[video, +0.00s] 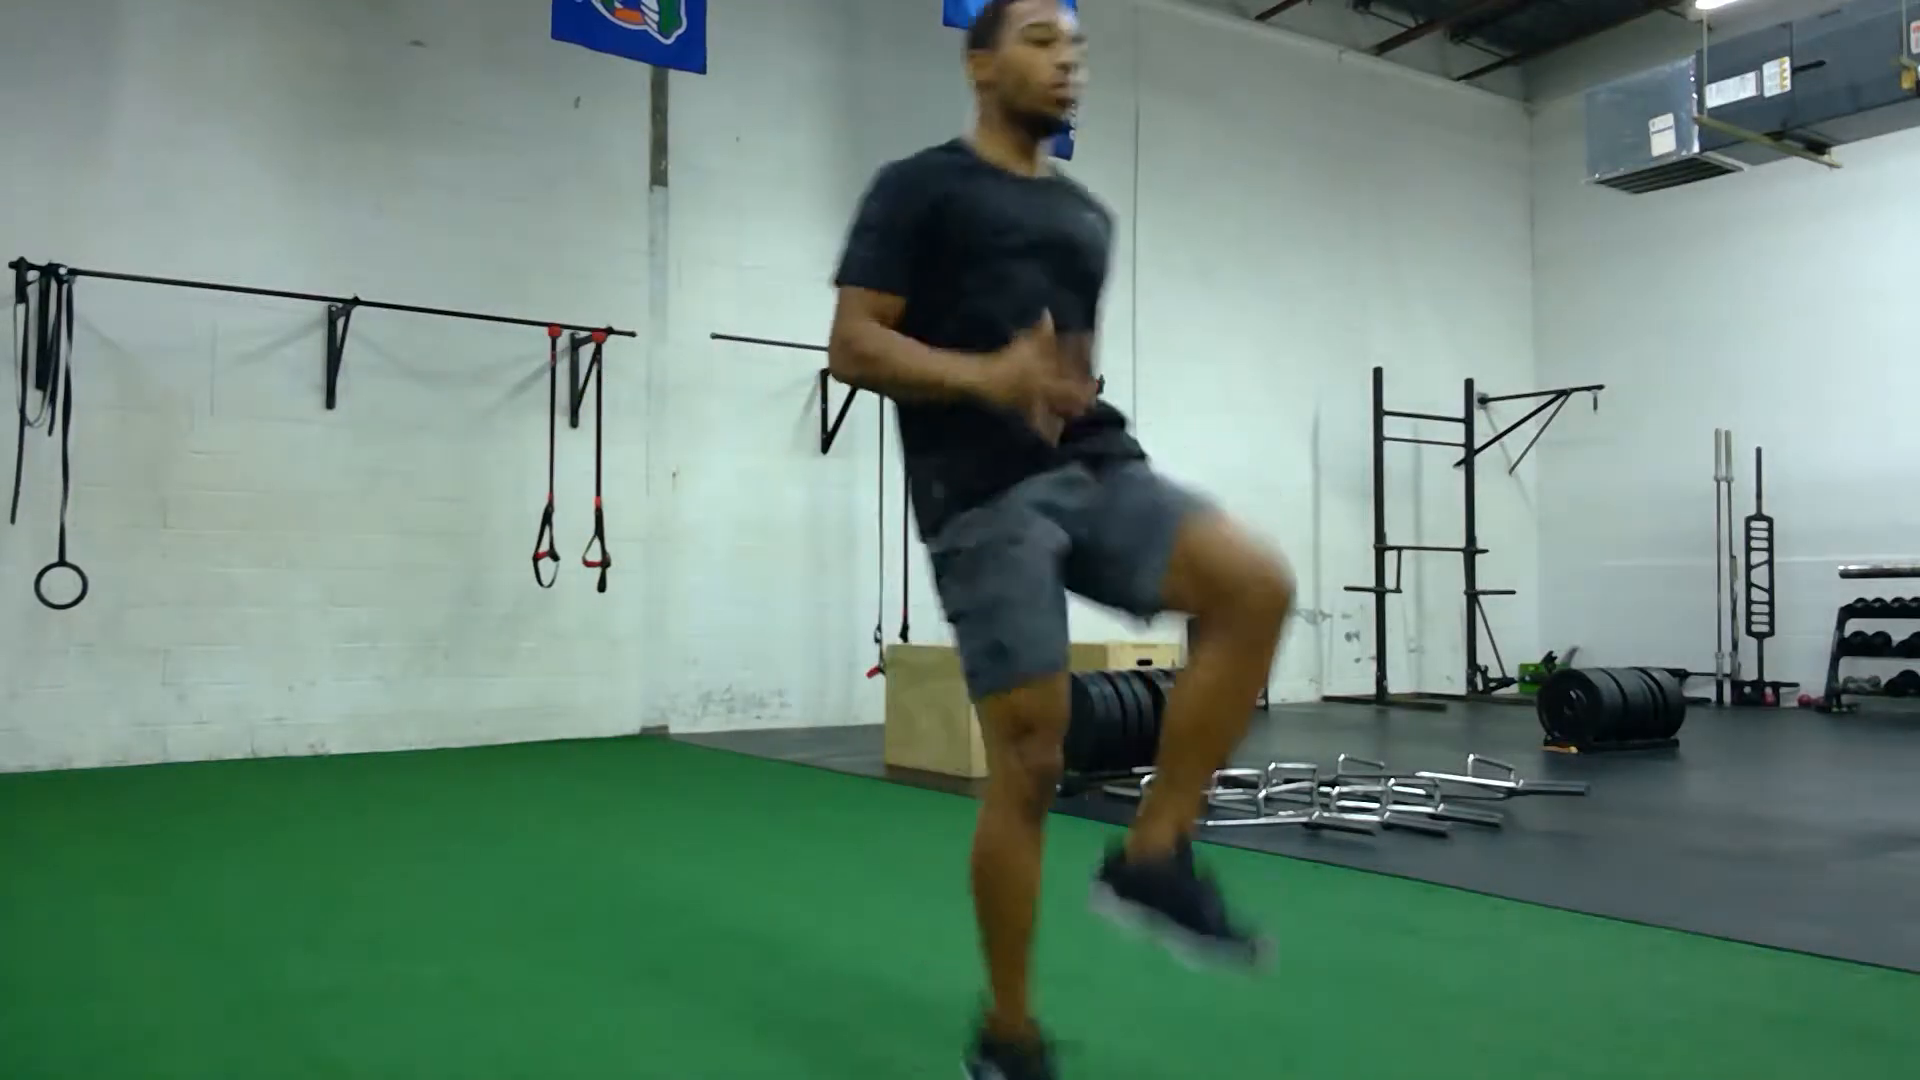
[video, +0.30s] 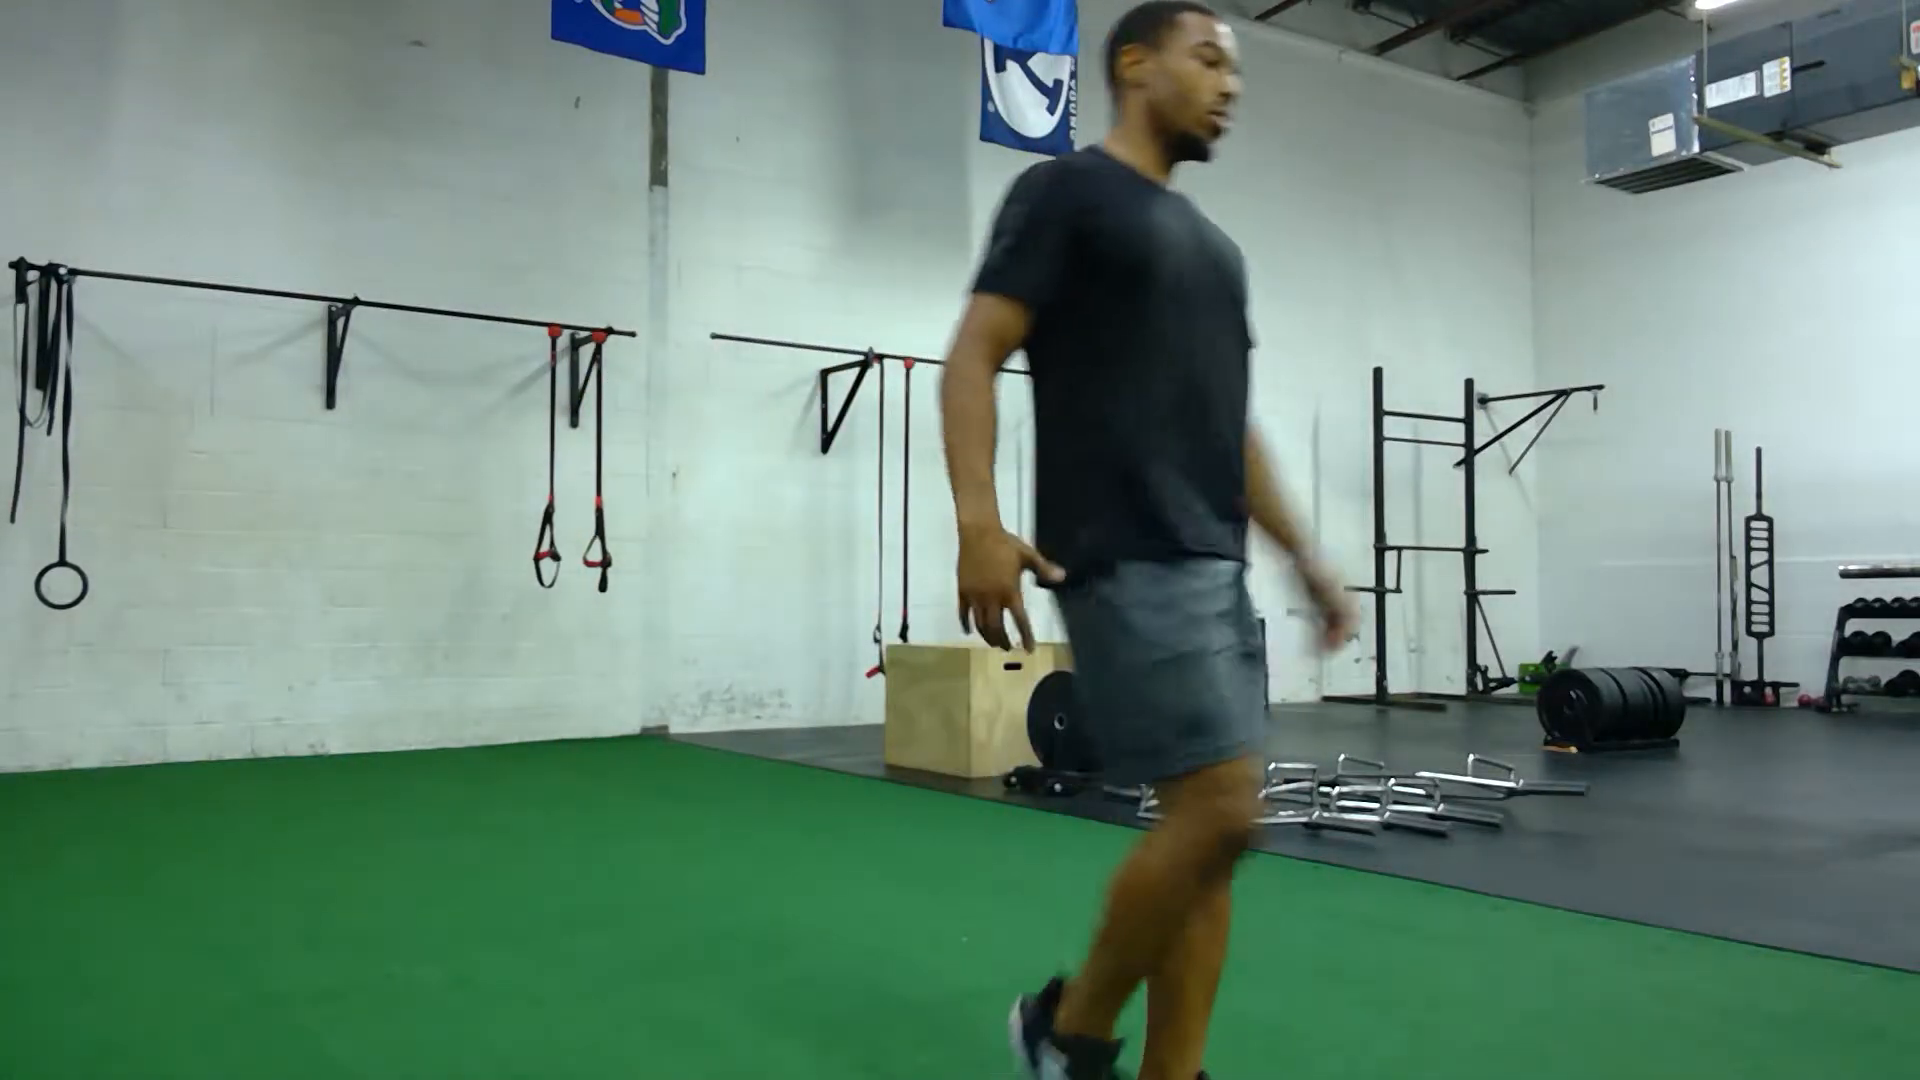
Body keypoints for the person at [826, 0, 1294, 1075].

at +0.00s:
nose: (1069, 61)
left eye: (1074, 44)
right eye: (1044, 41)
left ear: (1073, 67)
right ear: (981, 61)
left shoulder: (1083, 215)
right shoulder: (916, 188)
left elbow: (1075, 356)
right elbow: (850, 346)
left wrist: (1075, 411)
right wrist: (988, 373)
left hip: (1095, 479)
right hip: (984, 506)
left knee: (1254, 585)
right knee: (1028, 760)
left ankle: (1154, 856)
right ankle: (1009, 1031)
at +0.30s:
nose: (1232, 85)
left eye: (1234, 69)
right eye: (1210, 58)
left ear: (1214, 94)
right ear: (1134, 65)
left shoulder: (1212, 249)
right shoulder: (1065, 190)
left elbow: (1226, 425)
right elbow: (971, 359)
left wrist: (1305, 557)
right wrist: (979, 526)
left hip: (1215, 562)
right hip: (1126, 564)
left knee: (1207, 826)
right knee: (1221, 808)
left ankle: (1172, 1068)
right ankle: (1070, 1029)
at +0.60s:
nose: (1344, 85)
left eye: (1344, 62)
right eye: (1335, 51)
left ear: (1269, 44)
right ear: (1273, 34)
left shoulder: (1250, 175)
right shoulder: (1226, 143)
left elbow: (1288, 409)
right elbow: (1127, 301)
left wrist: (1445, 468)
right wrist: (1150, 493)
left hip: (1205, 550)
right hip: (1283, 543)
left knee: (1215, 827)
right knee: (1410, 804)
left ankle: (1174, 1066)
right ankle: (1369, 1067)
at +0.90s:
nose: (1393, 35)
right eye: (1394, 26)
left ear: (1272, 40)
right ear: (1378, 21)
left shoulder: (1196, 177)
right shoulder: (1423, 113)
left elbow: (1172, 399)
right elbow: (1513, 247)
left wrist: (1196, 548)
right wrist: (1637, 464)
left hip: (1216, 541)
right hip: (1360, 537)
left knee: (1270, 820)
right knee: (1379, 858)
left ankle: (1213, 1067)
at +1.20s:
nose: (1242, 59)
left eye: (1239, 41)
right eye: (1245, 45)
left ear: (1254, 26)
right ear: (1364, 24)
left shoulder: (1207, 146)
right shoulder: (1477, 136)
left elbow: (1122, 362)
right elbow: (1564, 367)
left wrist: (1045, 516)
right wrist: (1582, 548)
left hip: (1221, 545)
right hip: (1406, 552)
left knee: (1139, 821)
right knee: (1378, 880)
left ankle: (1086, 1068)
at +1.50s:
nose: (1112, 76)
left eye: (1113, 52)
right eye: (1113, 53)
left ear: (1144, 33)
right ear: (1236, 36)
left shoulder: (1119, 157)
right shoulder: (1348, 172)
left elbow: (1087, 369)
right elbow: (1365, 396)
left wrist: (1049, 539)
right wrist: (1274, 496)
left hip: (1140, 560)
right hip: (1307, 563)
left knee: (1080, 860)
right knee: (1322, 871)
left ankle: (1050, 1072)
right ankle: (1356, 1073)